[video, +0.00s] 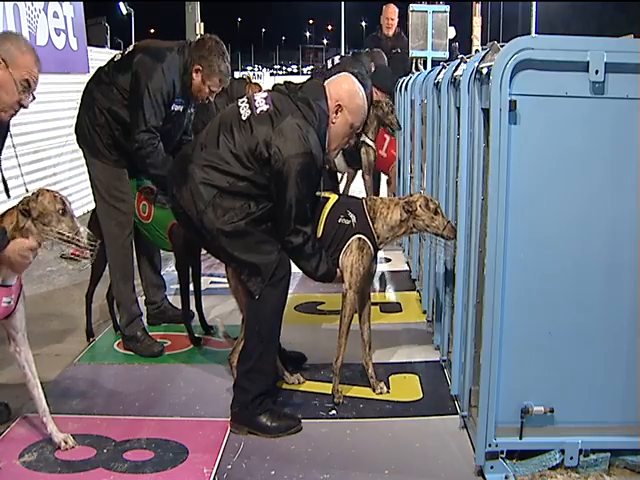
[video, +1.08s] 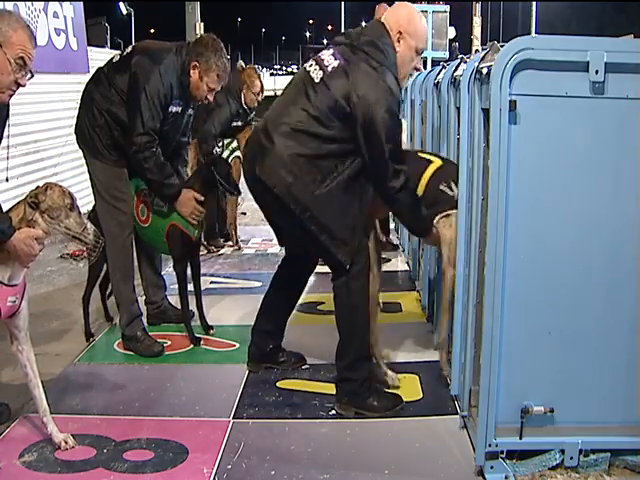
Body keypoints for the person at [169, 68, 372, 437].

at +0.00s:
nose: (349, 139)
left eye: (354, 131)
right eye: (352, 129)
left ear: (331, 104)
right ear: (335, 110)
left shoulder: (295, 105)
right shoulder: (299, 149)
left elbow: (306, 199)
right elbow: (293, 230)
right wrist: (332, 268)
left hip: (202, 179)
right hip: (208, 196)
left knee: (269, 266)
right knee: (273, 272)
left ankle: (265, 351)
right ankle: (251, 404)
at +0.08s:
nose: (350, 136)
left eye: (355, 128)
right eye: (352, 126)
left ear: (332, 103)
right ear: (335, 107)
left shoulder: (296, 108)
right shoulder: (300, 146)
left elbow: (311, 199)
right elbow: (294, 229)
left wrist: (341, 234)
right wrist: (331, 268)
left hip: (203, 179)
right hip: (209, 194)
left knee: (269, 265)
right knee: (273, 272)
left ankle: (264, 351)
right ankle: (251, 404)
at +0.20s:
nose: (352, 127)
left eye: (356, 119)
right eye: (353, 117)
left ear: (333, 94)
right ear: (336, 100)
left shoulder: (298, 95)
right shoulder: (302, 139)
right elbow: (296, 225)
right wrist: (336, 260)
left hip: (204, 178)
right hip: (212, 195)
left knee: (270, 266)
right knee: (276, 275)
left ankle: (265, 351)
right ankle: (251, 404)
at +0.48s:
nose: (360, 84)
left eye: (364, 75)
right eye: (361, 73)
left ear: (338, 53)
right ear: (342, 56)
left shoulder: (304, 66)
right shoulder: (316, 94)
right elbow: (312, 177)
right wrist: (336, 232)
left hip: (218, 158)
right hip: (225, 170)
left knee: (279, 267)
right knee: (278, 272)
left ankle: (269, 356)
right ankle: (250, 404)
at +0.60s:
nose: (363, 68)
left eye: (366, 59)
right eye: (363, 57)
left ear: (340, 37)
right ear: (344, 41)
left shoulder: (306, 52)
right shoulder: (319, 79)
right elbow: (324, 166)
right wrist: (348, 219)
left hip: (225, 150)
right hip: (237, 164)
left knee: (288, 244)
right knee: (306, 246)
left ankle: (271, 352)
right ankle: (272, 372)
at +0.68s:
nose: (368, 59)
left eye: (371, 51)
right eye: (368, 49)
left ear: (342, 29)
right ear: (349, 34)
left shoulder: (307, 47)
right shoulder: (324, 76)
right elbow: (330, 166)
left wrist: (367, 130)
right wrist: (360, 213)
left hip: (223, 143)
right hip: (241, 157)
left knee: (291, 241)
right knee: (314, 248)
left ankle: (263, 345)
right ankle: (309, 386)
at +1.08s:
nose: (418, 65)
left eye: (421, 55)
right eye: (417, 53)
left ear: (387, 31)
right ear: (396, 36)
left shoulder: (348, 50)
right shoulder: (376, 85)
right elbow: (388, 171)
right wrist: (425, 226)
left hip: (263, 159)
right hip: (294, 170)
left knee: (302, 251)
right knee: (353, 261)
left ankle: (263, 347)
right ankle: (356, 386)